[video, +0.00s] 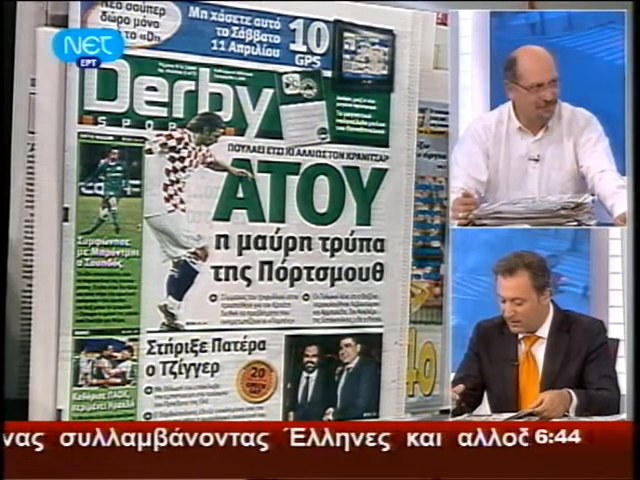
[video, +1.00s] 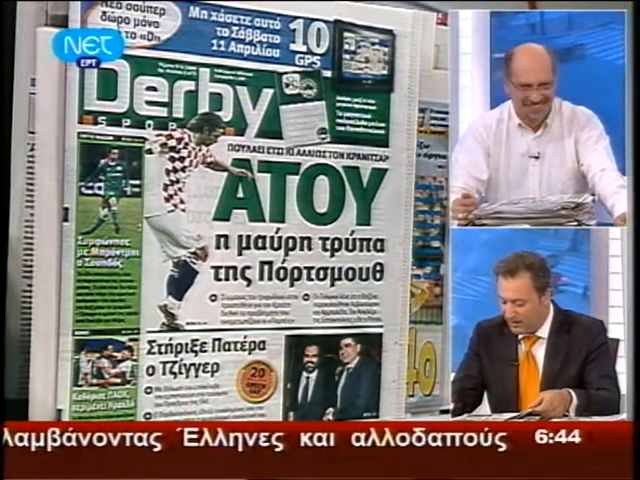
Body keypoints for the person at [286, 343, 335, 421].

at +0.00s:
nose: (310, 360)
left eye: (314, 356)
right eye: (307, 356)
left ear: (320, 359)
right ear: (302, 358)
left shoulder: (326, 377)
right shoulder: (296, 375)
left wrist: (330, 411)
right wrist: (291, 412)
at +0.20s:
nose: (310, 360)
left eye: (314, 356)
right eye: (307, 356)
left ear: (320, 359)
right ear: (302, 358)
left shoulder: (326, 377)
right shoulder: (296, 375)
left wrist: (330, 411)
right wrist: (291, 412)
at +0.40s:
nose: (310, 360)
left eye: (314, 356)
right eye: (307, 356)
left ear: (320, 359)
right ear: (302, 358)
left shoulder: (326, 377)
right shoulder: (296, 375)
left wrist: (330, 411)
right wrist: (291, 412)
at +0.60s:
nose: (310, 360)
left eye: (314, 356)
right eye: (307, 356)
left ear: (320, 359)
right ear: (303, 358)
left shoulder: (326, 377)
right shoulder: (296, 375)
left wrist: (330, 411)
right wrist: (291, 412)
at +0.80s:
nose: (310, 360)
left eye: (314, 356)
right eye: (307, 356)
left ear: (320, 359)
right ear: (303, 358)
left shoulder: (326, 376)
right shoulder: (296, 375)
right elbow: (291, 397)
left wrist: (330, 411)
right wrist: (291, 412)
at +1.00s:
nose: (310, 360)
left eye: (314, 356)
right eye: (307, 356)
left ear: (320, 359)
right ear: (303, 358)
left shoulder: (326, 377)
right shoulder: (296, 375)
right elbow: (291, 397)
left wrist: (330, 411)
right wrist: (291, 412)